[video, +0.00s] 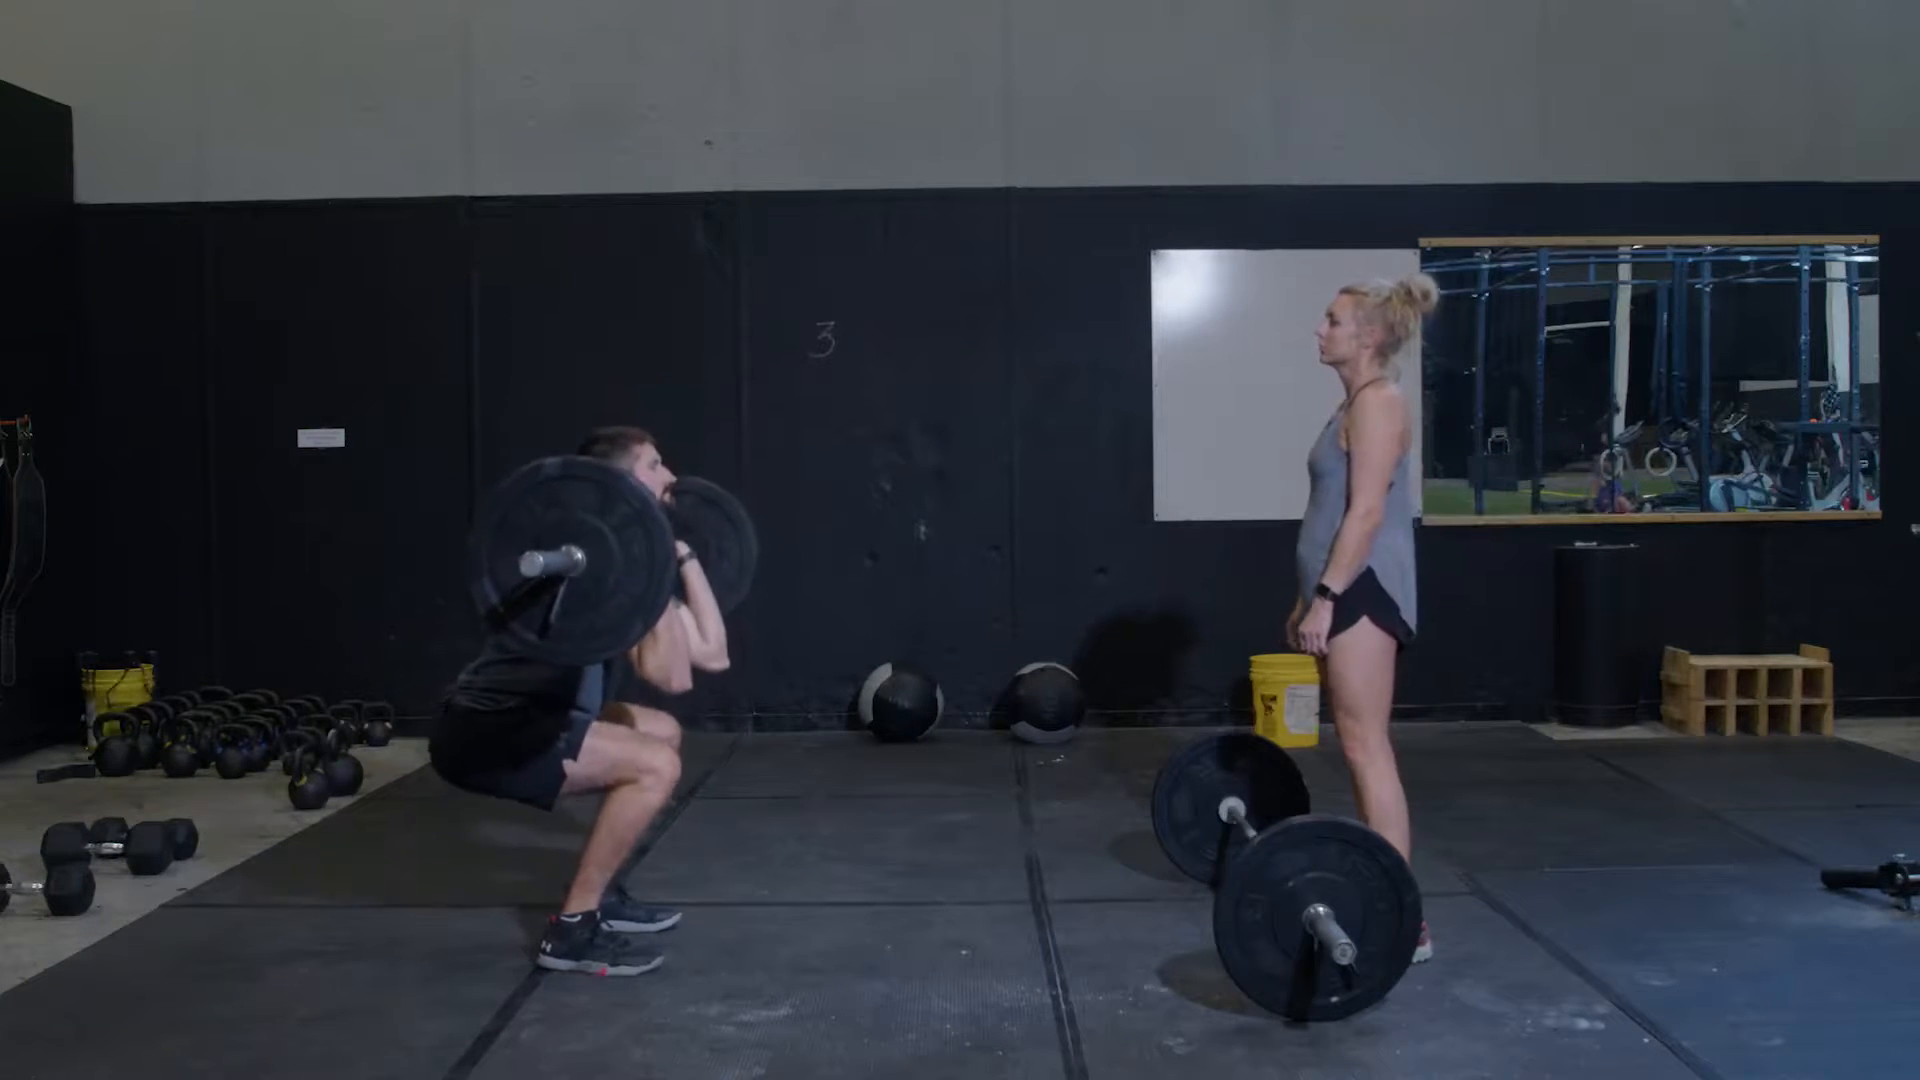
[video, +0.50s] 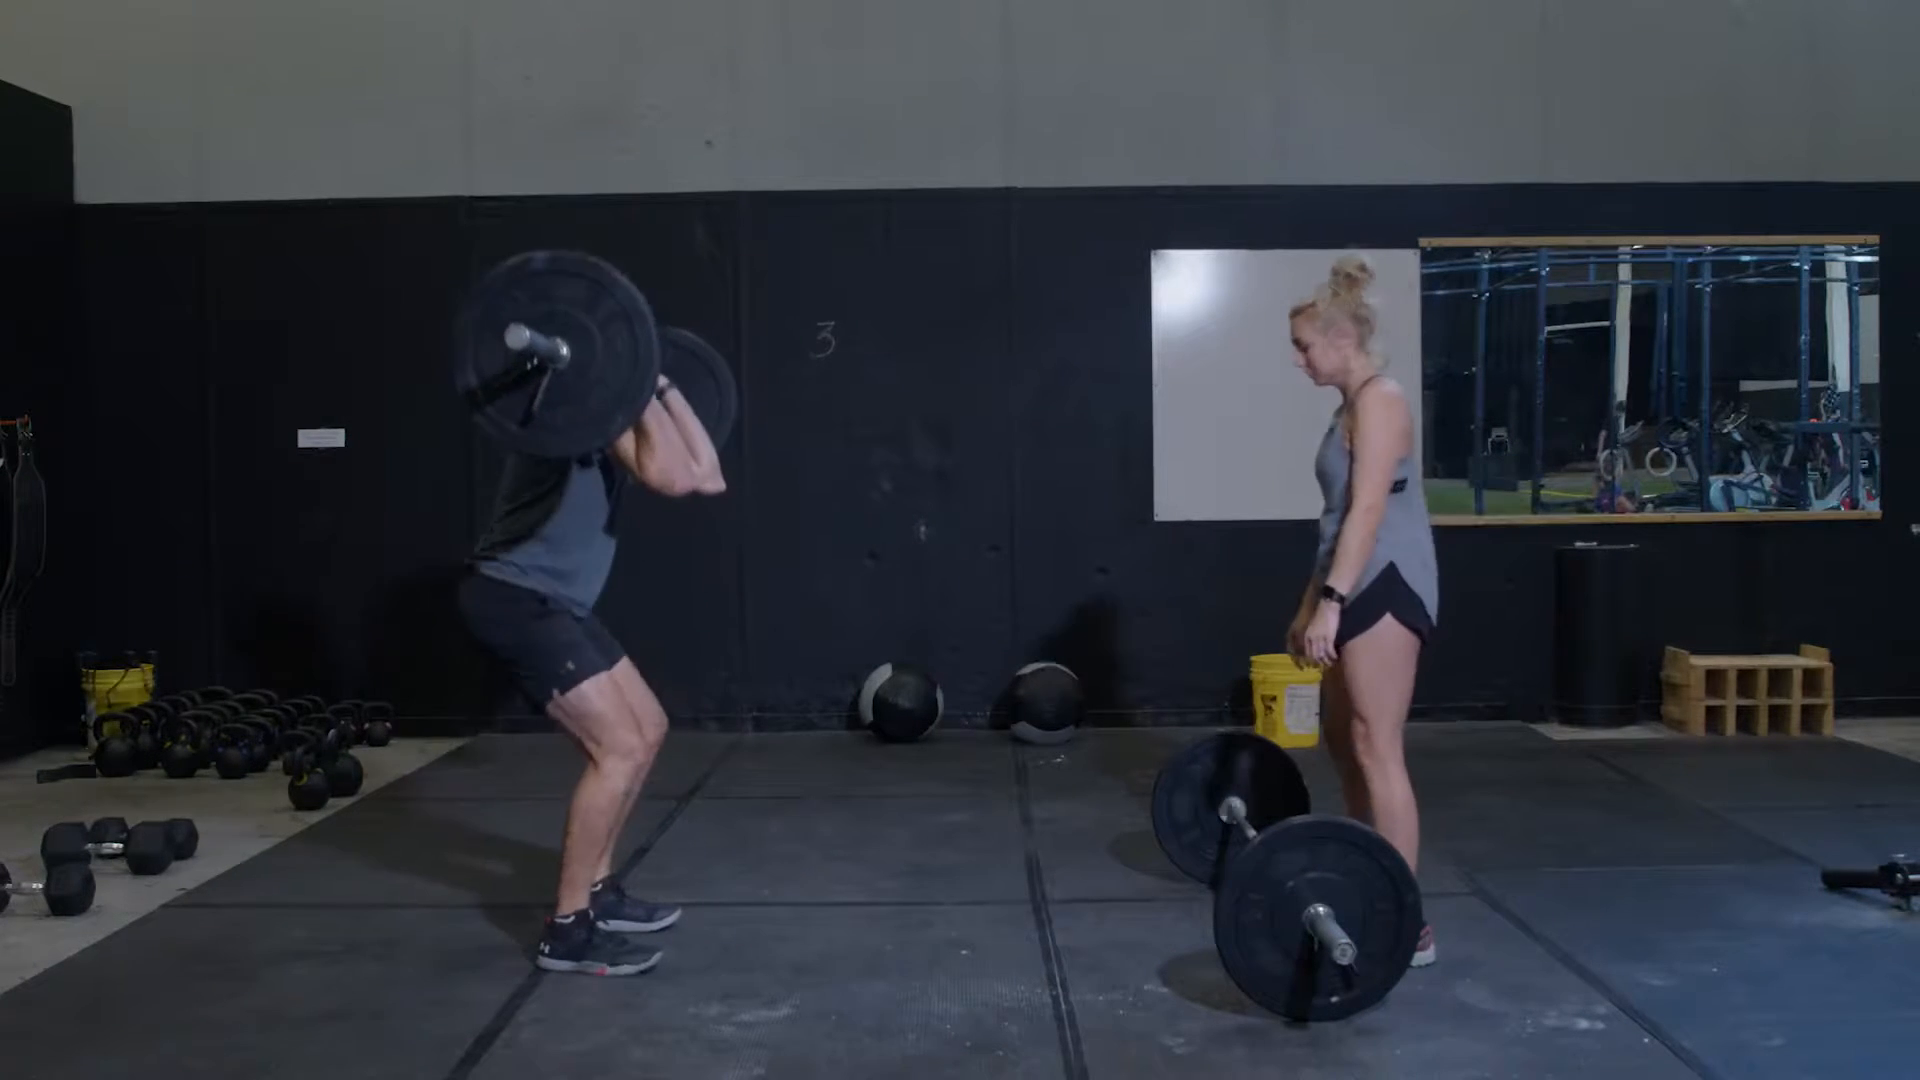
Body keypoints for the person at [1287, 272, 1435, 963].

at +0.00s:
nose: (1321, 330)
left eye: (1334, 322)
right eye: (1325, 320)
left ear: (1370, 335)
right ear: (1358, 337)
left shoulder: (1378, 402)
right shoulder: (1356, 403)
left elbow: (1366, 512)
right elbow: (1339, 514)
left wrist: (1326, 596)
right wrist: (1310, 595)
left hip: (1366, 590)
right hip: (1346, 590)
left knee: (1366, 746)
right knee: (1357, 743)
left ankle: (1398, 912)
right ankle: (1383, 903)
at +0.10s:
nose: (1322, 330)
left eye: (1334, 321)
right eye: (1326, 319)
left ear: (1369, 334)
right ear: (1360, 336)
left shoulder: (1376, 401)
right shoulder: (1360, 402)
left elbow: (1365, 509)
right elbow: (1351, 511)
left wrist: (1323, 595)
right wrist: (1316, 594)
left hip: (1365, 591)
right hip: (1352, 590)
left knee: (1361, 750)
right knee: (1362, 747)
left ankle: (1396, 915)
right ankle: (1388, 908)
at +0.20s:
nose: (1321, 330)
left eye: (1334, 321)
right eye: (1325, 319)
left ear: (1369, 333)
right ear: (1360, 335)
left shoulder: (1376, 401)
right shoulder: (1363, 402)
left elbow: (1365, 509)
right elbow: (1356, 511)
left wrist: (1321, 593)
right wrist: (1321, 593)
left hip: (1363, 591)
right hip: (1358, 589)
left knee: (1351, 751)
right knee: (1371, 750)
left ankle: (1391, 914)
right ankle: (1391, 908)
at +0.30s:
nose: (1319, 335)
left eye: (1331, 324)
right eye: (1322, 324)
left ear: (1370, 335)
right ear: (1358, 338)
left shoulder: (1381, 402)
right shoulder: (1360, 404)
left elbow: (1367, 510)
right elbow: (1353, 512)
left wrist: (1321, 594)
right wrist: (1320, 593)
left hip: (1367, 592)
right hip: (1350, 591)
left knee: (1362, 750)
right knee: (1348, 747)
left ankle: (1399, 917)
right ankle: (1383, 909)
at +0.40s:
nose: (1313, 347)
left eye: (1323, 335)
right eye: (1313, 335)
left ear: (1363, 337)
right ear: (1356, 341)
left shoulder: (1382, 403)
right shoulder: (1359, 406)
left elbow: (1371, 512)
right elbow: (1353, 513)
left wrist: (1325, 595)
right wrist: (1320, 594)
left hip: (1374, 590)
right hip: (1353, 588)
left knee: (1370, 749)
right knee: (1355, 745)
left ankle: (1401, 917)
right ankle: (1385, 905)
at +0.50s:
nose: (1299, 359)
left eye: (1305, 345)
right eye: (1296, 348)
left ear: (1345, 338)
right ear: (1332, 343)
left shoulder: (1379, 402)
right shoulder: (1352, 410)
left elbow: (1369, 512)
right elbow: (1342, 521)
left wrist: (1331, 599)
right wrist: (1312, 607)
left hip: (1387, 586)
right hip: (1357, 587)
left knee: (1378, 750)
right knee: (1348, 744)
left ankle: (1404, 919)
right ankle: (1369, 901)